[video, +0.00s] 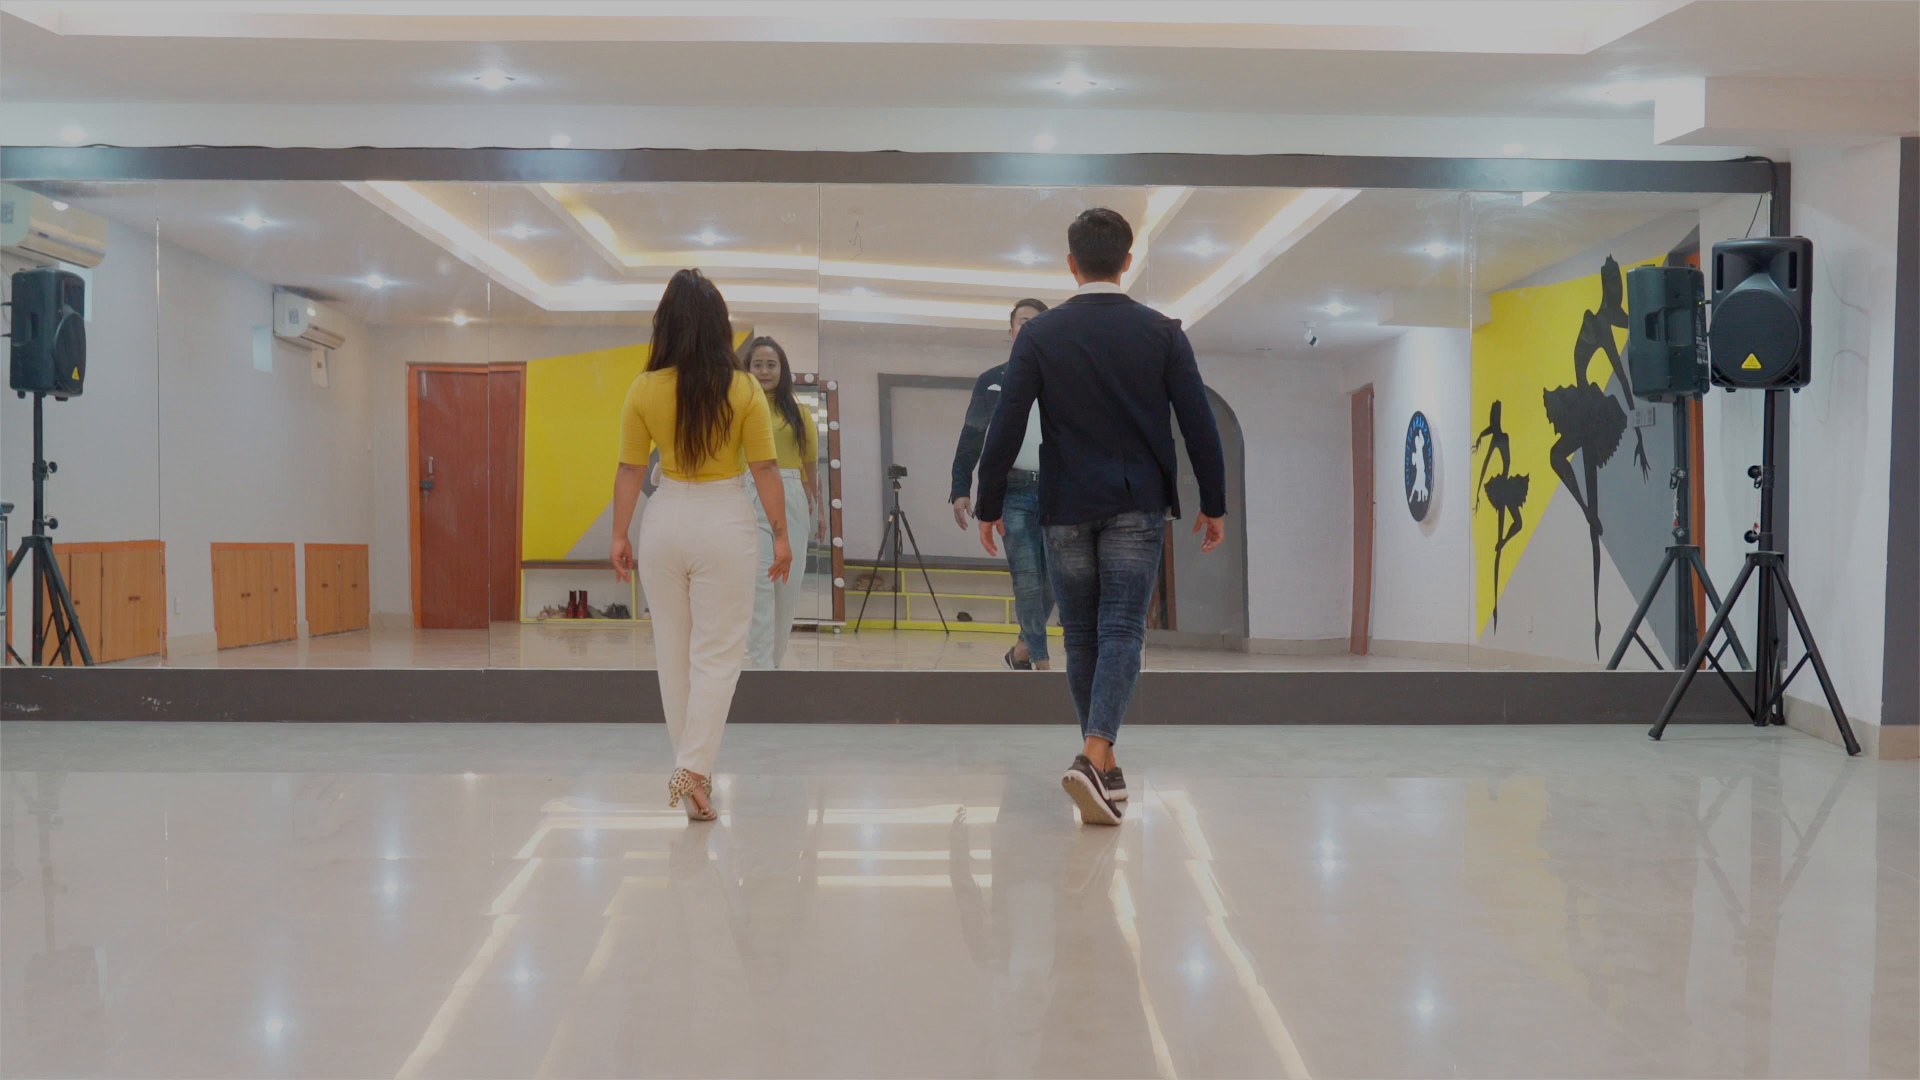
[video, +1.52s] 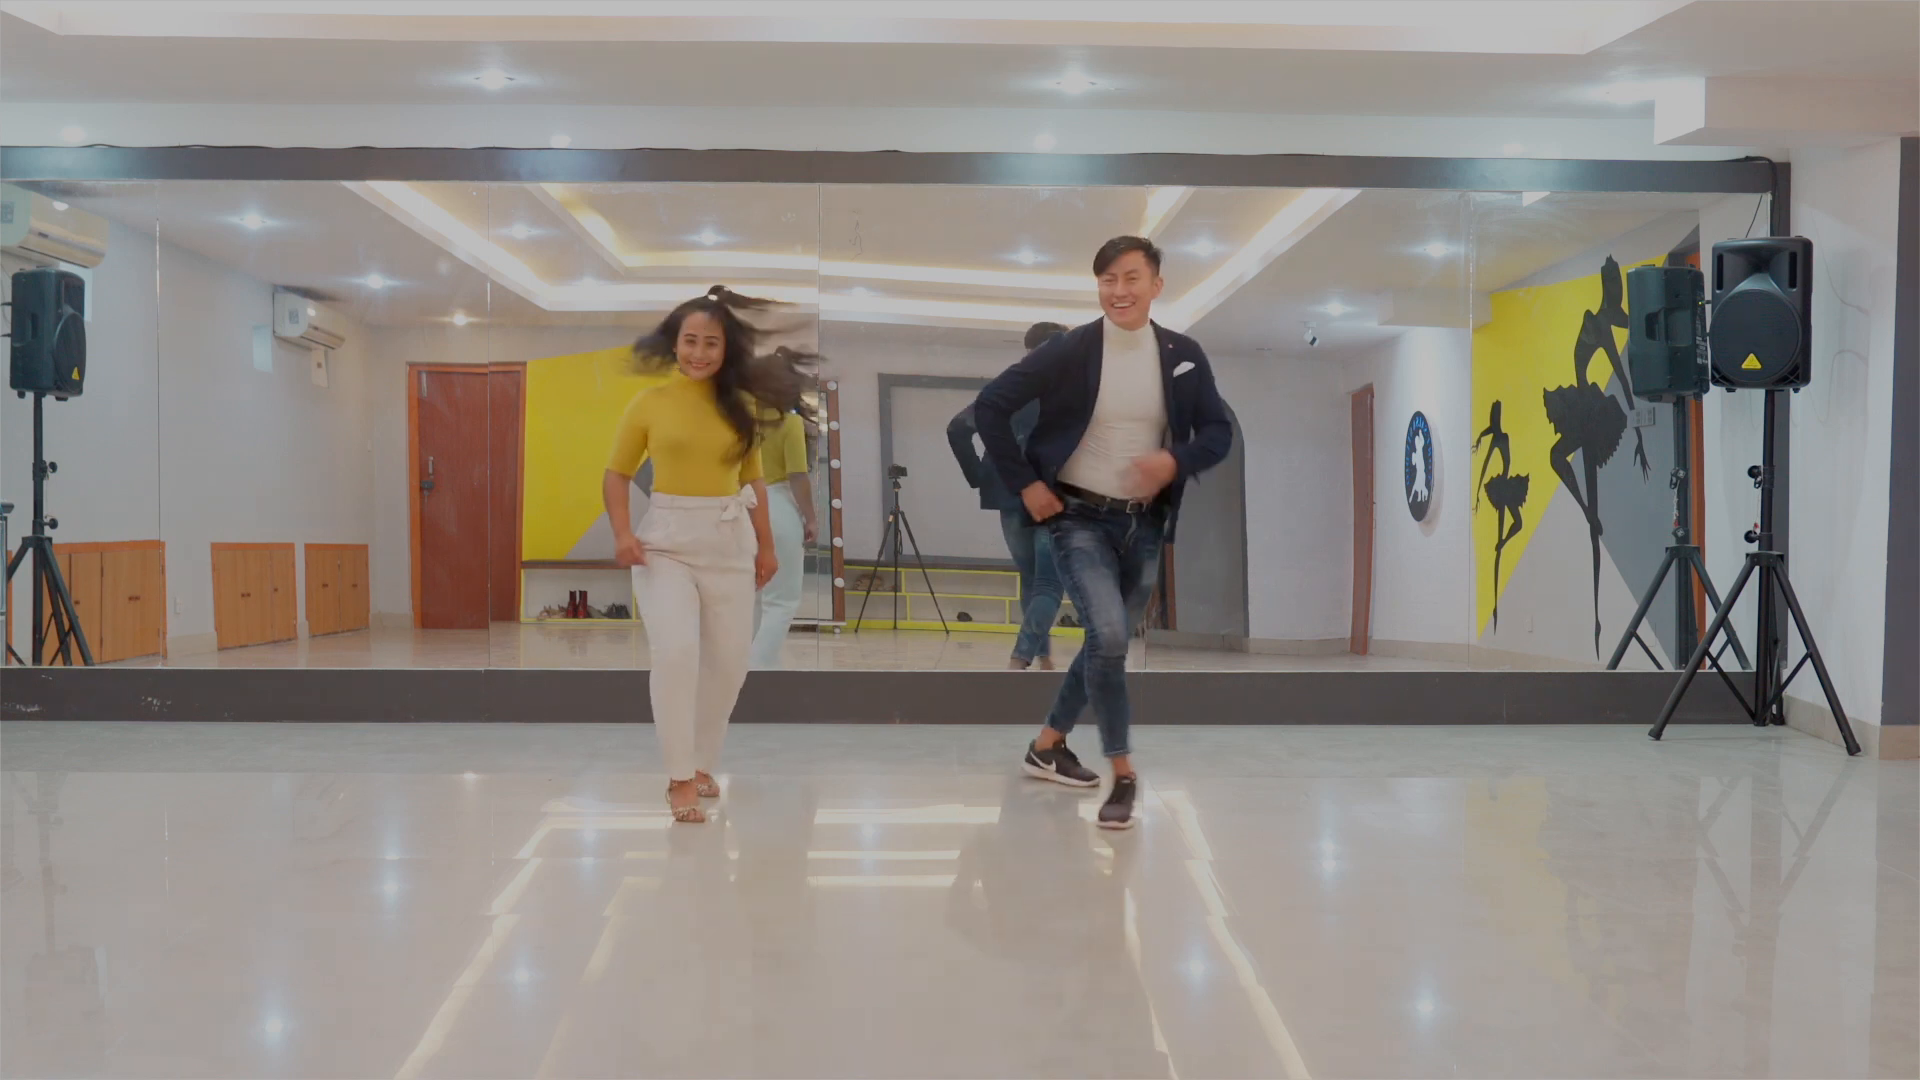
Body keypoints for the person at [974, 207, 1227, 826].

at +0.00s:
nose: (1073, 265)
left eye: (1070, 257)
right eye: (1124, 256)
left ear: (1070, 262)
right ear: (1129, 261)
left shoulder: (1041, 331)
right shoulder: (1160, 330)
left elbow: (1008, 422)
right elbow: (1198, 420)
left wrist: (988, 500)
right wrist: (1213, 501)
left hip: (1065, 499)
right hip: (1138, 497)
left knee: (1080, 634)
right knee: (1122, 630)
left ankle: (1107, 769)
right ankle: (1092, 756)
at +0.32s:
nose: (1074, 265)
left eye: (1071, 257)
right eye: (1125, 256)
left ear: (1070, 262)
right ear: (1129, 261)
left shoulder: (1041, 331)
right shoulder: (1160, 330)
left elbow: (1008, 423)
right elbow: (1199, 419)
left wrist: (989, 500)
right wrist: (1214, 500)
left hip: (1065, 499)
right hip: (1138, 497)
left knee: (1080, 633)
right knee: (1121, 630)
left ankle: (1107, 769)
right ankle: (1092, 757)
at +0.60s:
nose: (1074, 268)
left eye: (1071, 260)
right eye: (1125, 257)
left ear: (1071, 263)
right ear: (1130, 262)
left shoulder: (1043, 333)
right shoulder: (1162, 331)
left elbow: (1007, 422)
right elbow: (1201, 419)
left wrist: (988, 498)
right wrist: (1217, 499)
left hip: (1065, 501)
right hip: (1139, 499)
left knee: (1079, 634)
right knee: (1122, 630)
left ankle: (1106, 770)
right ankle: (1094, 757)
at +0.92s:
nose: (1149, 278)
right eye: (1148, 269)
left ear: (1088, 276)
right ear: (1145, 274)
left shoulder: (1079, 334)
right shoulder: (1119, 335)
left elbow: (1058, 420)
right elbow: (1116, 421)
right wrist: (1170, 480)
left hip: (1067, 508)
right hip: (1096, 510)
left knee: (1103, 631)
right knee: (1139, 637)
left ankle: (1052, 760)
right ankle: (1081, 771)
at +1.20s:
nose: (1109, 285)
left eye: (1121, 273)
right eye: (1100, 274)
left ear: (1149, 279)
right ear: (1090, 282)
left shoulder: (1176, 358)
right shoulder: (1060, 348)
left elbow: (1205, 437)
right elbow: (1000, 422)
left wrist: (1178, 505)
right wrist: (1055, 471)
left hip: (1138, 520)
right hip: (1074, 514)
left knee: (1100, 638)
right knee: (1101, 636)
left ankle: (1049, 742)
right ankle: (1089, 774)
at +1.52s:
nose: (1120, 289)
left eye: (1133, 278)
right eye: (1110, 279)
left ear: (1157, 285)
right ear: (1097, 287)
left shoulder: (1183, 355)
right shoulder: (1069, 350)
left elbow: (1221, 430)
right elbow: (989, 406)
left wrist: (1177, 460)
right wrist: (1026, 483)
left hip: (1143, 521)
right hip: (1077, 515)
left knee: (1107, 641)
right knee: (1109, 639)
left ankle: (1049, 743)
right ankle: (1123, 773)